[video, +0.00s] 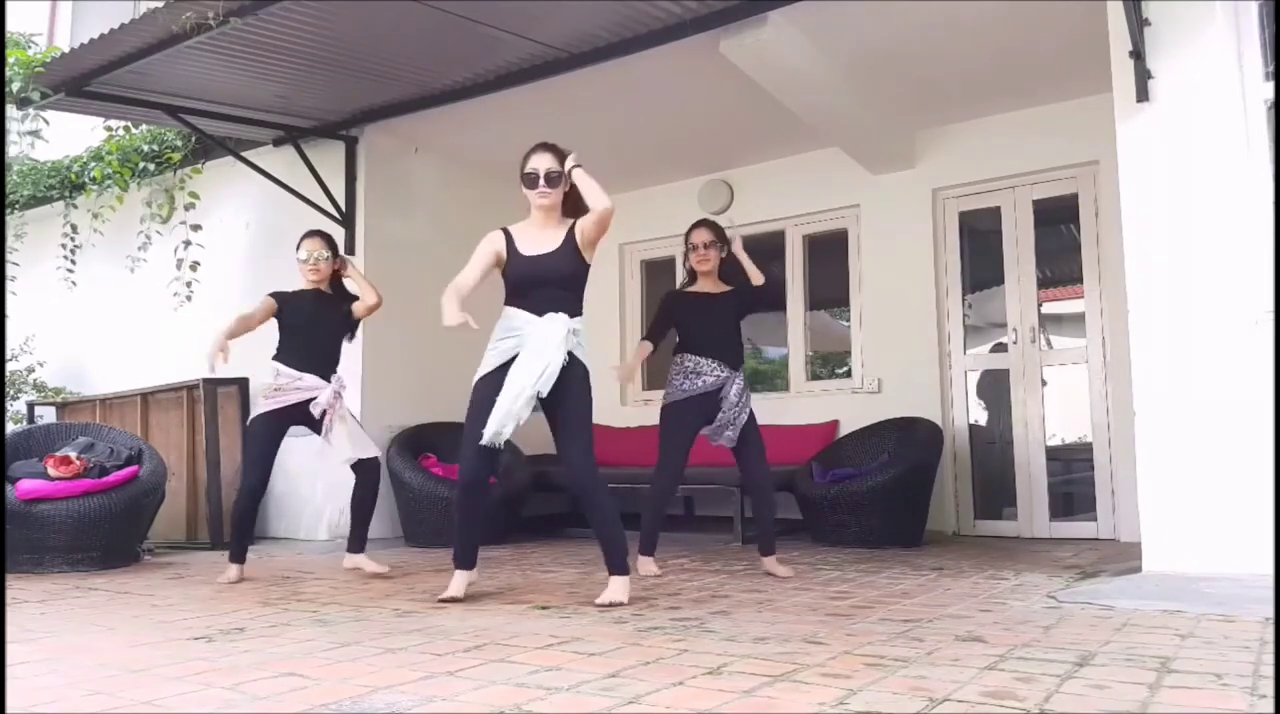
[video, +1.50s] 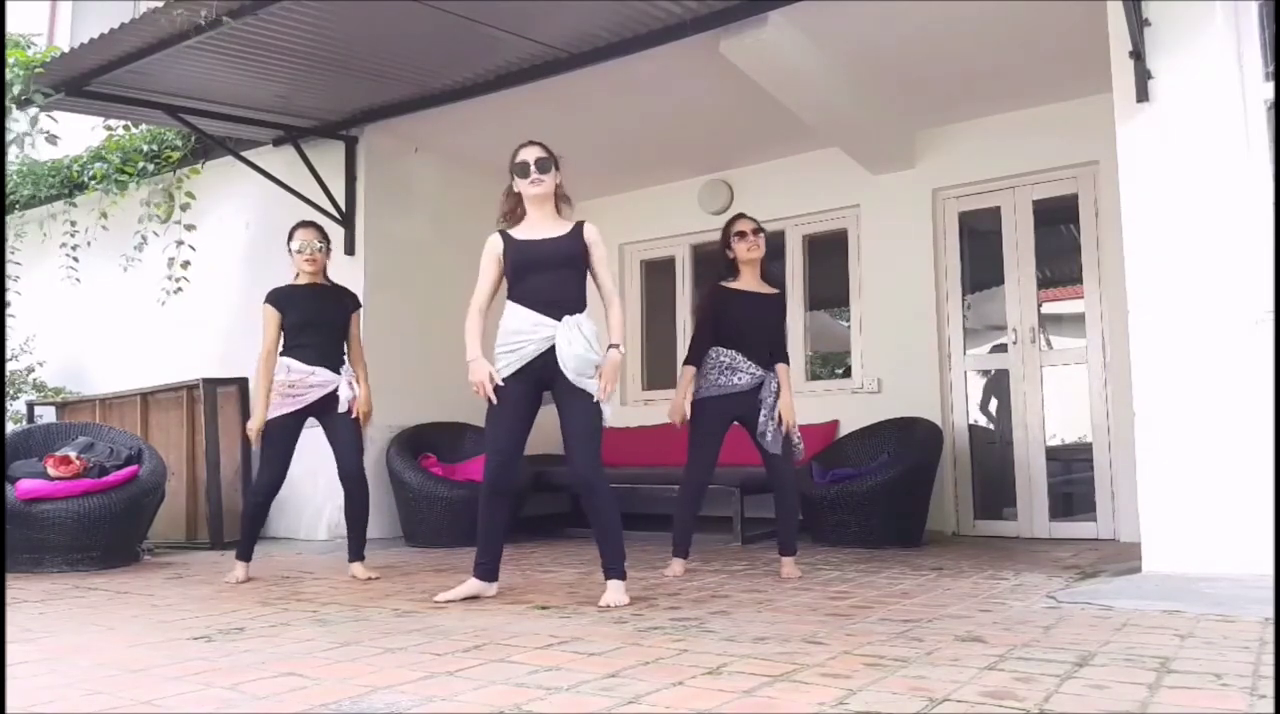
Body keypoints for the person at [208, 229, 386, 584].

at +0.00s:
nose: (311, 264)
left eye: (319, 257)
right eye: (304, 258)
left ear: (334, 265)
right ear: (297, 263)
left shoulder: (345, 306)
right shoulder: (283, 300)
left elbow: (373, 301)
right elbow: (252, 319)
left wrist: (350, 270)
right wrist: (224, 336)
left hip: (324, 399)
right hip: (280, 396)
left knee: (370, 467)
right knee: (253, 481)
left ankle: (356, 553)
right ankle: (236, 564)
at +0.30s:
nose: (345, 269)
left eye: (352, 262)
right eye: (338, 263)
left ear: (365, 268)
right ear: (327, 267)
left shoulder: (369, 309)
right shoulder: (312, 298)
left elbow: (392, 295)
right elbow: (304, 300)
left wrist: (378, 271)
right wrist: (325, 287)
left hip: (353, 402)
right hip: (311, 400)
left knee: (366, 483)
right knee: (256, 475)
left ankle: (396, 559)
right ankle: (261, 553)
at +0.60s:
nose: (331, 273)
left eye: (339, 266)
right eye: (323, 267)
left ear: (351, 273)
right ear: (314, 275)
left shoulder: (367, 311)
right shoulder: (306, 318)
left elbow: (393, 332)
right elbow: (270, 356)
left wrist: (381, 296)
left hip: (343, 410)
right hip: (302, 406)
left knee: (354, 494)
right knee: (254, 482)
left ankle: (394, 559)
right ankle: (256, 559)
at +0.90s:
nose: (311, 248)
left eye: (318, 242)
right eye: (303, 243)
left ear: (330, 249)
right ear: (292, 251)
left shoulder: (347, 297)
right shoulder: (278, 297)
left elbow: (362, 351)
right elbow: (256, 350)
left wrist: (376, 394)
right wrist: (241, 405)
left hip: (333, 391)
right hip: (287, 391)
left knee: (348, 476)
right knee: (261, 481)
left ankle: (362, 560)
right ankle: (250, 562)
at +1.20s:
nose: (302, 252)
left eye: (309, 247)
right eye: (294, 246)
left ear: (319, 253)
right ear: (283, 252)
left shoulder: (334, 299)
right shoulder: (264, 294)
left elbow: (347, 353)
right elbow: (247, 350)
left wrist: (353, 394)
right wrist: (243, 401)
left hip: (322, 390)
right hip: (274, 390)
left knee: (347, 472)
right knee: (257, 483)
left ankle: (357, 558)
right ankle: (244, 563)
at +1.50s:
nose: (310, 253)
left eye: (317, 246)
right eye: (301, 247)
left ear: (328, 252)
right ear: (291, 254)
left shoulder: (346, 298)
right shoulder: (279, 298)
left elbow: (355, 352)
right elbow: (268, 357)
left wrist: (364, 389)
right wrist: (259, 411)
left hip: (335, 393)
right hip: (288, 393)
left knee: (354, 474)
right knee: (269, 479)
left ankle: (357, 561)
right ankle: (242, 560)